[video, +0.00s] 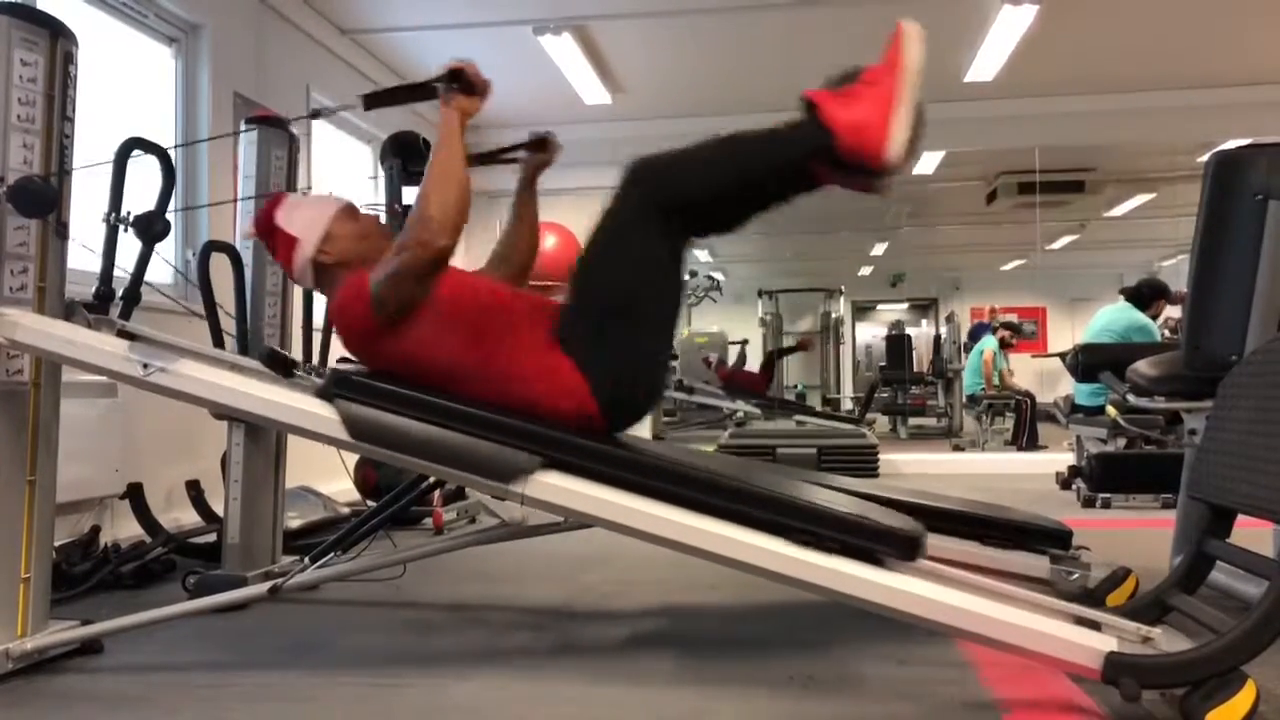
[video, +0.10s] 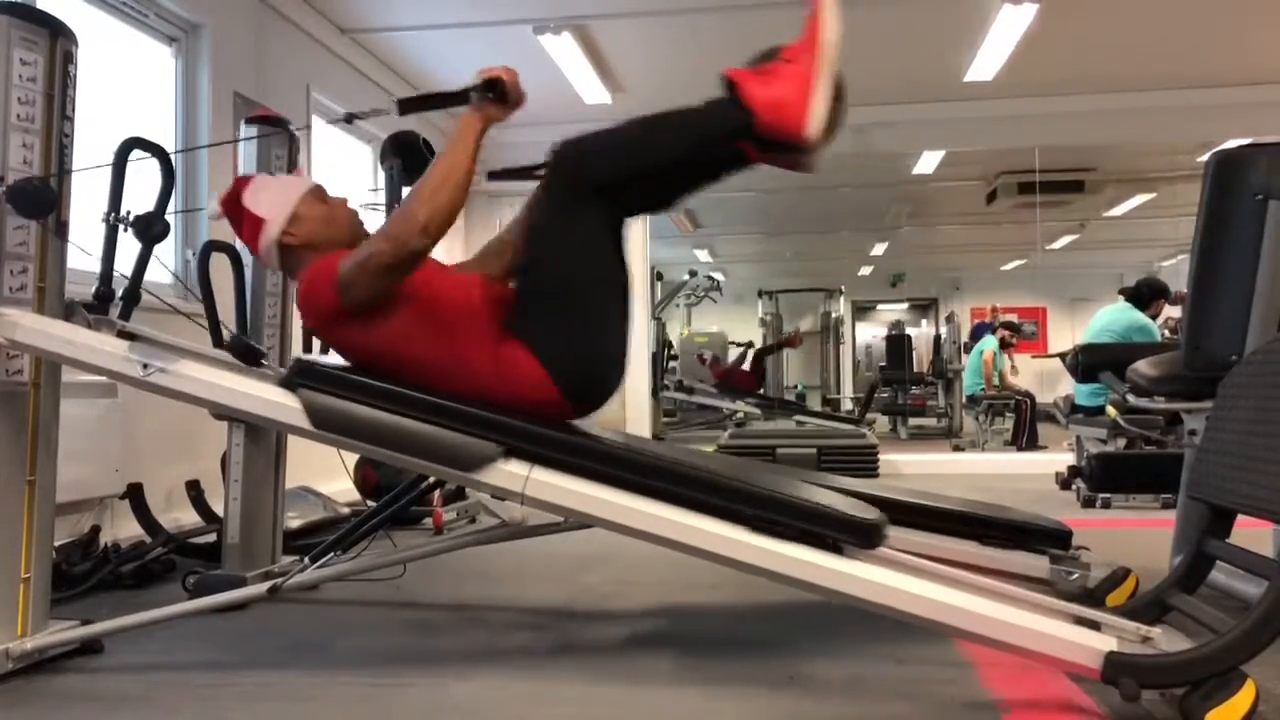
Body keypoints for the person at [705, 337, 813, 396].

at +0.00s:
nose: (723, 364)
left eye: (721, 363)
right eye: (720, 363)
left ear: (720, 365)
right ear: (718, 367)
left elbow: (740, 363)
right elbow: (738, 364)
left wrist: (742, 347)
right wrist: (742, 347)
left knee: (771, 355)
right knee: (771, 356)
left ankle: (798, 347)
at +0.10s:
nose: (718, 357)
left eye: (716, 357)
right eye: (715, 357)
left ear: (710, 363)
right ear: (714, 361)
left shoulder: (721, 370)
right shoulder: (720, 373)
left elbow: (737, 362)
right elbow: (737, 362)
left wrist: (744, 348)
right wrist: (746, 348)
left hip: (753, 380)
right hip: (755, 382)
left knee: (759, 354)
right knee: (759, 355)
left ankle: (787, 342)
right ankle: (788, 342)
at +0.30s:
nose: (711, 353)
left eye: (708, 352)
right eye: (708, 352)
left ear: (701, 360)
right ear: (706, 356)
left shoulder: (711, 367)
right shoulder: (711, 367)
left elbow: (731, 365)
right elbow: (731, 364)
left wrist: (748, 359)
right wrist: (749, 360)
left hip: (743, 379)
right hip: (744, 378)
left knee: (741, 349)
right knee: (741, 350)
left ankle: (767, 340)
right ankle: (768, 340)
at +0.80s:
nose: (710, 350)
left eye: (707, 350)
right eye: (707, 350)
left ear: (703, 359)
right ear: (706, 355)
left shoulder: (713, 369)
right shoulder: (716, 366)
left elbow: (732, 360)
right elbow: (736, 359)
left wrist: (746, 350)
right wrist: (749, 350)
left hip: (746, 384)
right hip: (749, 381)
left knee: (753, 354)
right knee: (754, 354)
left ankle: (780, 344)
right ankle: (782, 344)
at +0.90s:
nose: (716, 355)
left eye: (714, 354)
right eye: (713, 355)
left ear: (708, 362)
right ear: (712, 359)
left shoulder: (718, 370)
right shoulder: (720, 369)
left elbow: (735, 358)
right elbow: (736, 358)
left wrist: (745, 344)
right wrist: (747, 343)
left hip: (750, 384)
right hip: (753, 384)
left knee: (764, 356)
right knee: (764, 355)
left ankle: (793, 349)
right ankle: (794, 349)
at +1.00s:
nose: (721, 357)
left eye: (719, 356)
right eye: (718, 357)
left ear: (712, 364)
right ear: (716, 361)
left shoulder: (724, 371)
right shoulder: (725, 371)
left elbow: (738, 356)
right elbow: (739, 355)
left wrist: (742, 340)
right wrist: (743, 339)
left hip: (757, 385)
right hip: (759, 383)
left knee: (774, 358)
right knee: (774, 357)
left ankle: (802, 353)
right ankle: (803, 352)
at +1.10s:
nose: (725, 350)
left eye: (724, 348)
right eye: (723, 348)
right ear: (723, 357)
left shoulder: (727, 371)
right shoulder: (730, 372)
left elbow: (740, 357)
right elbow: (741, 357)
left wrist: (738, 340)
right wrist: (740, 339)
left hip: (763, 384)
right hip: (765, 385)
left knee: (783, 362)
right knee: (783, 362)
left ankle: (812, 356)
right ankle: (813, 356)